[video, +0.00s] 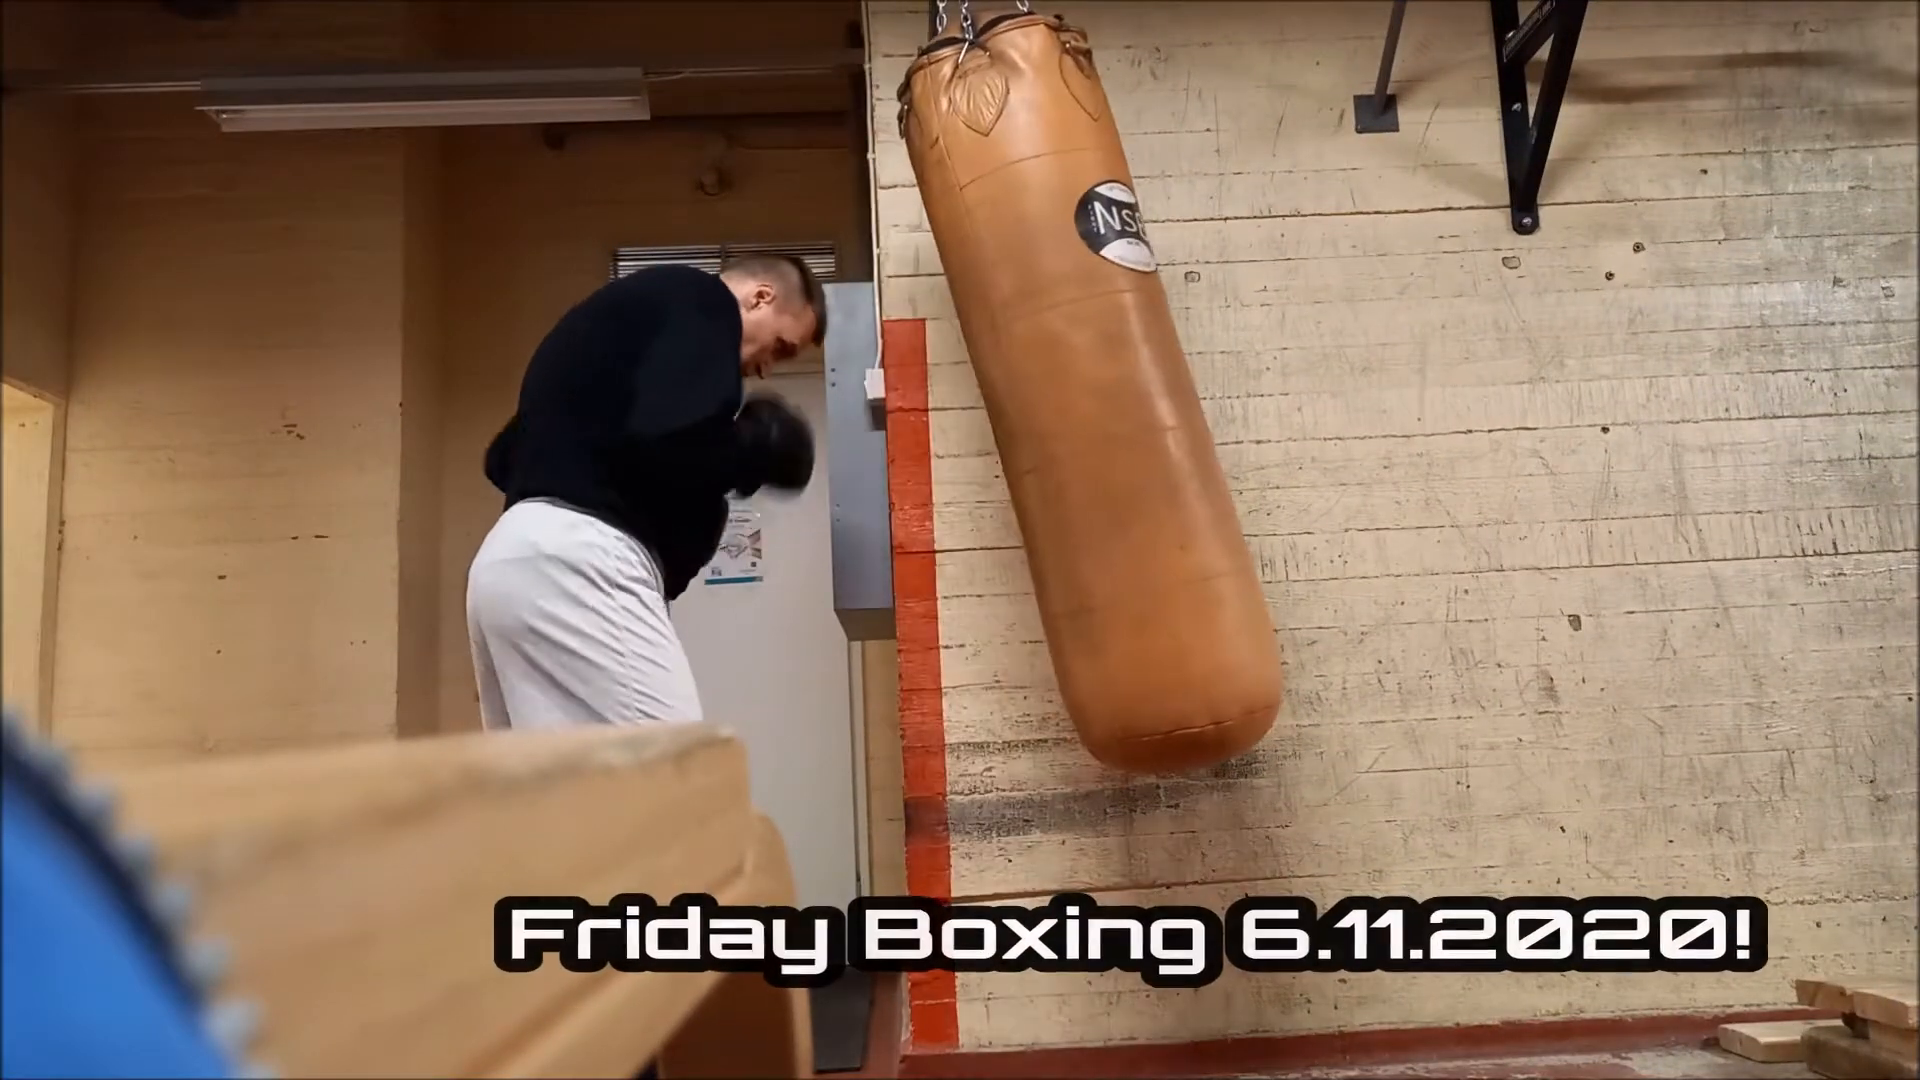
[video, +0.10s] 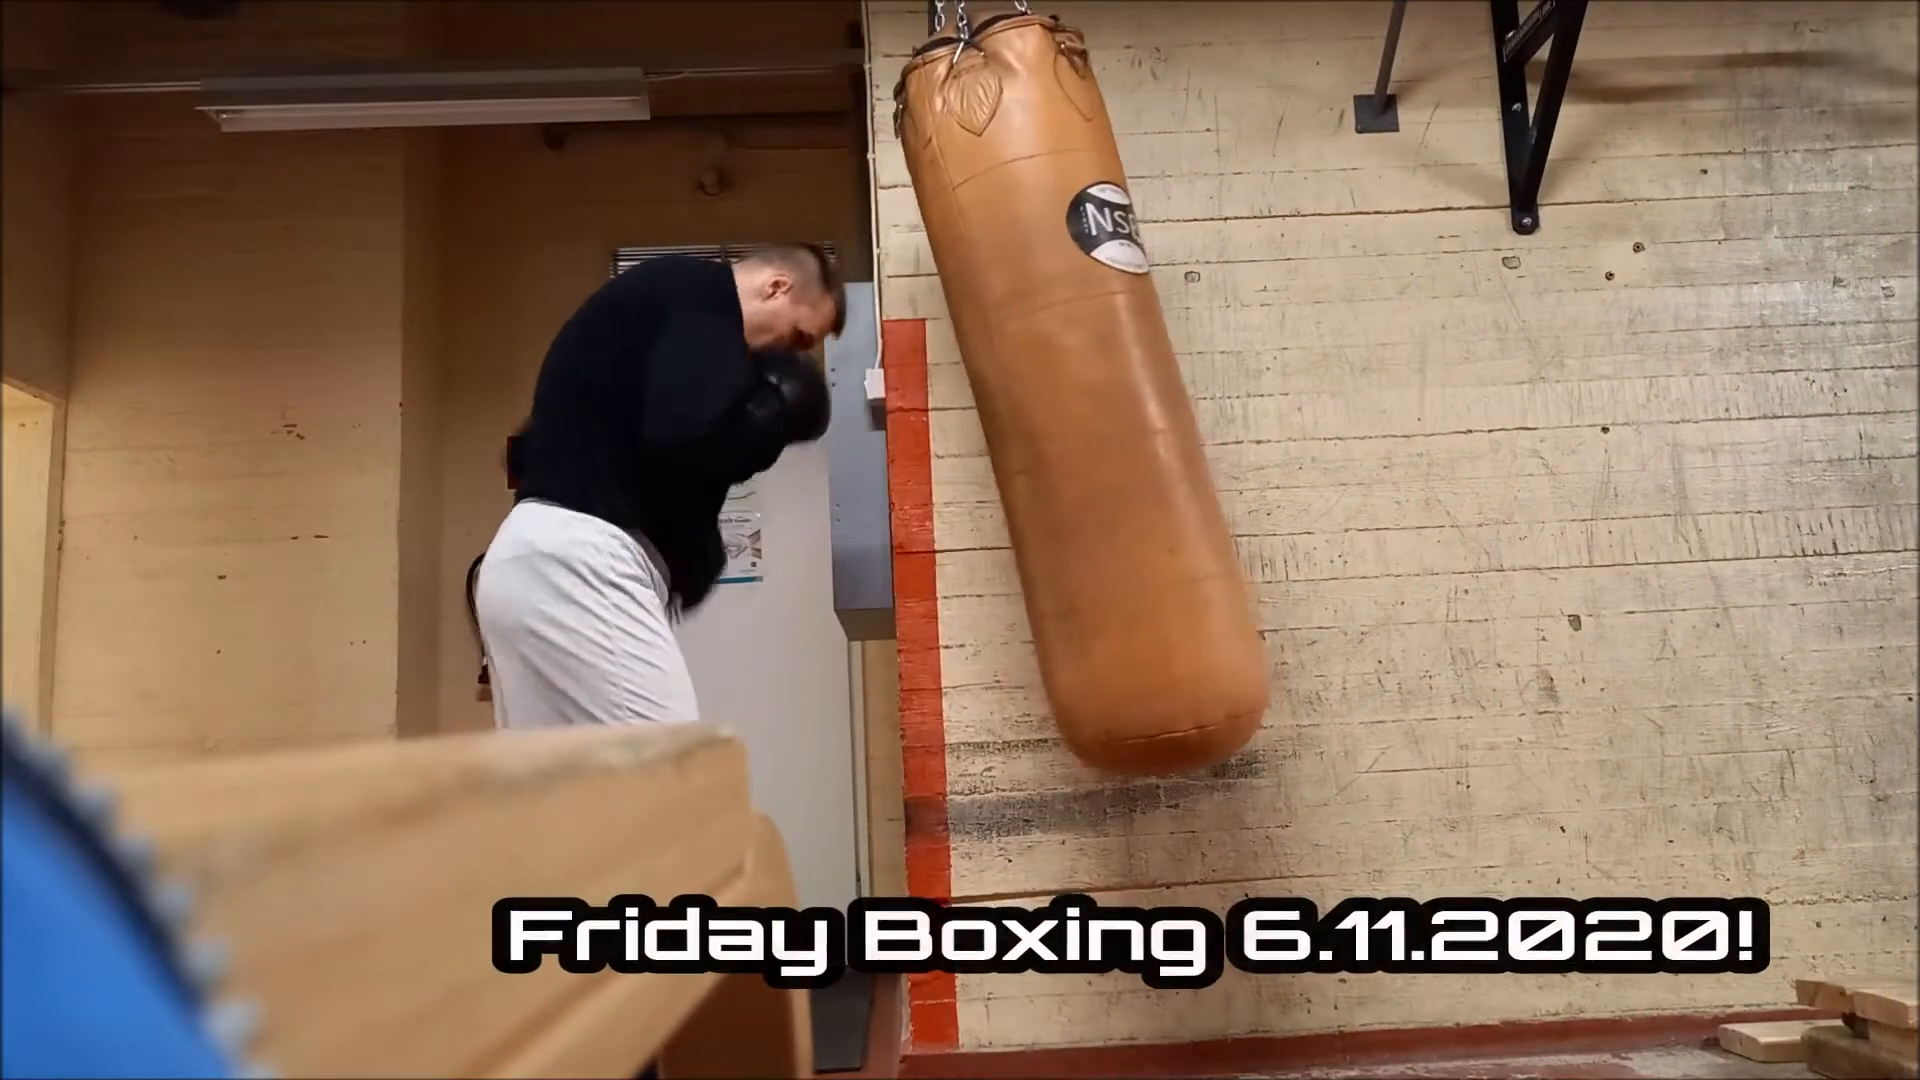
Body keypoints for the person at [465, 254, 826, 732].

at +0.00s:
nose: (768, 368)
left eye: (783, 359)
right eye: (780, 346)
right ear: (760, 298)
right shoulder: (702, 302)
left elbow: (506, 456)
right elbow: (672, 441)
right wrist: (757, 444)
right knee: (679, 789)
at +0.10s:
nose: (785, 354)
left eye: (800, 345)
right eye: (798, 335)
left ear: (775, 285)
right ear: (777, 287)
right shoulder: (700, 293)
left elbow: (530, 452)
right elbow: (686, 441)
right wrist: (778, 404)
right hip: (579, 558)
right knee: (669, 783)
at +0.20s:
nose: (805, 353)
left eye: (818, 344)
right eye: (813, 331)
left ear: (787, 276)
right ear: (789, 278)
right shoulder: (673, 297)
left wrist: (716, 565)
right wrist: (759, 422)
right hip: (571, 564)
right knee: (661, 785)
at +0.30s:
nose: (808, 366)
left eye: (823, 359)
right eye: (819, 344)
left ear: (790, 290)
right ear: (794, 289)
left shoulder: (747, 385)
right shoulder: (656, 301)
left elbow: (782, 511)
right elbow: (567, 458)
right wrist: (716, 480)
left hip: (637, 588)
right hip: (575, 568)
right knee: (671, 793)